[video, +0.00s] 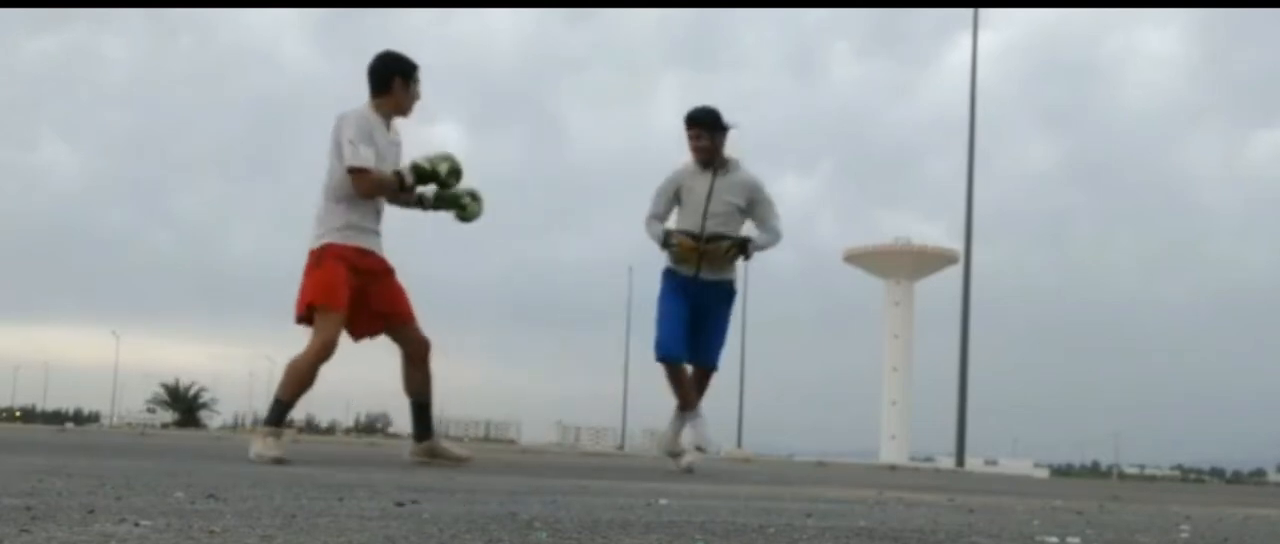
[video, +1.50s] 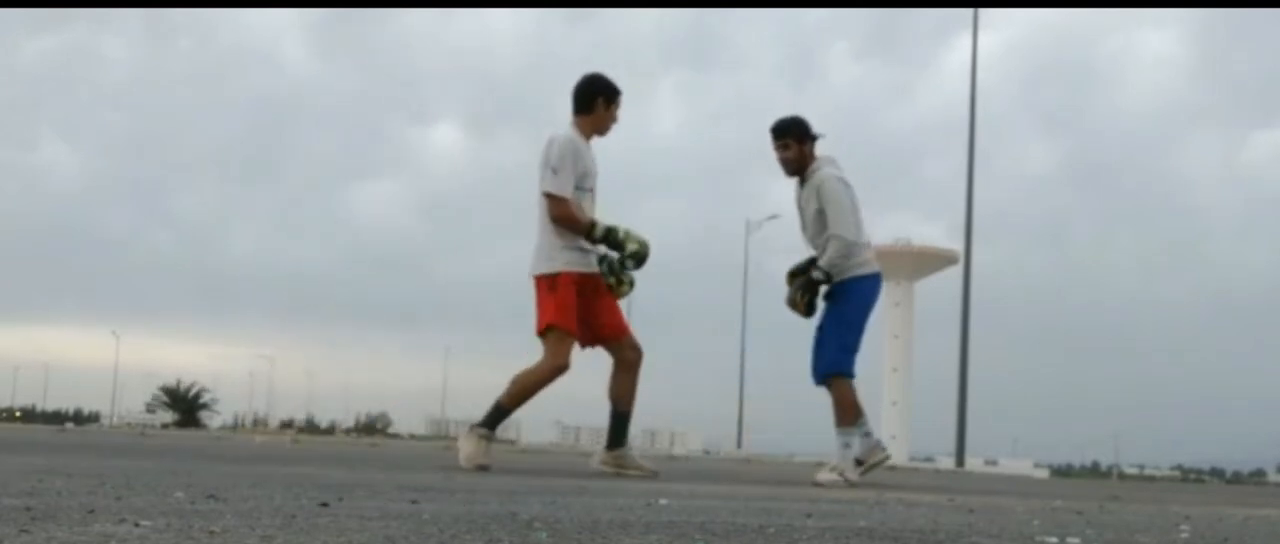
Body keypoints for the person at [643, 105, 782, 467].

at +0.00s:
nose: (698, 144)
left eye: (705, 138)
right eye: (693, 138)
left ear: (722, 138)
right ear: (687, 140)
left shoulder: (745, 184)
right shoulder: (681, 178)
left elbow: (773, 232)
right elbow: (653, 221)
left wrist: (750, 243)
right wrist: (668, 237)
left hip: (718, 282)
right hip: (679, 277)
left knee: (705, 363)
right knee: (668, 353)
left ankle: (675, 428)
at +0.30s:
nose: (724, 139)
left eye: (730, 130)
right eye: (719, 133)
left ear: (749, 127)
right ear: (716, 137)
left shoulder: (782, 171)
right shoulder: (721, 181)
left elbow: (811, 224)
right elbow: (715, 229)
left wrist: (777, 235)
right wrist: (716, 246)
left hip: (768, 282)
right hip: (729, 284)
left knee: (776, 365)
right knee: (733, 370)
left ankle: (789, 446)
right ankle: (747, 453)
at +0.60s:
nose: (770, 138)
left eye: (776, 129)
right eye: (766, 131)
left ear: (798, 128)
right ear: (764, 135)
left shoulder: (828, 170)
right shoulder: (773, 183)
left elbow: (856, 224)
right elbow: (776, 238)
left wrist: (818, 251)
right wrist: (764, 258)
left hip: (826, 285)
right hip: (789, 288)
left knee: (824, 368)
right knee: (764, 374)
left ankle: (841, 462)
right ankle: (753, 456)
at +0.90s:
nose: (786, 134)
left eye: (792, 126)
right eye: (782, 127)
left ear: (814, 125)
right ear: (785, 130)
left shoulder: (834, 158)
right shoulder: (808, 168)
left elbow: (864, 206)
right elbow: (822, 222)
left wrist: (833, 246)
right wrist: (802, 246)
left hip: (846, 276)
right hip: (819, 276)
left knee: (839, 366)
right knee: (800, 364)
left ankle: (845, 461)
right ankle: (829, 446)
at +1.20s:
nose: (791, 138)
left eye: (797, 130)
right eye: (787, 131)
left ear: (818, 129)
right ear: (789, 134)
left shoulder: (839, 162)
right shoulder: (811, 173)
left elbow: (871, 213)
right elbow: (821, 223)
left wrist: (840, 252)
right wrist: (806, 246)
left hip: (851, 274)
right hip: (830, 275)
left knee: (841, 364)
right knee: (846, 364)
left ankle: (848, 459)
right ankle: (879, 447)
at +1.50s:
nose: (782, 156)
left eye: (789, 147)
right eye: (778, 149)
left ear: (808, 146)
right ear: (776, 151)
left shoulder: (827, 181)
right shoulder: (807, 185)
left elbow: (845, 238)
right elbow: (829, 240)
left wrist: (816, 275)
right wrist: (808, 268)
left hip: (856, 278)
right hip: (843, 280)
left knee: (835, 369)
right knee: (828, 369)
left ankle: (847, 461)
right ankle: (867, 444)